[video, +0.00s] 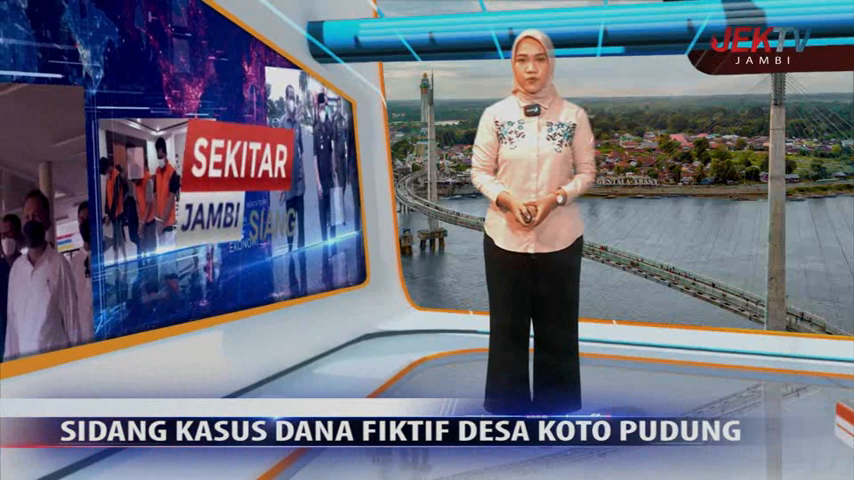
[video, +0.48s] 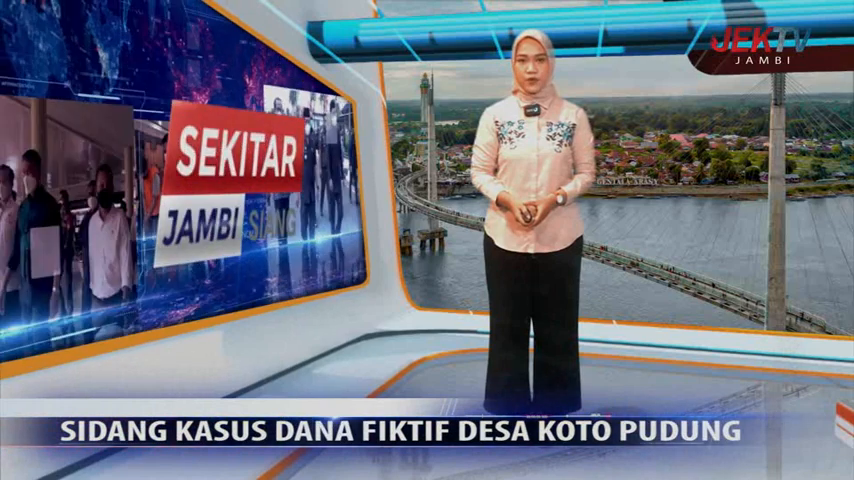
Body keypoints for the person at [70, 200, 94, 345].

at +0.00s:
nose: (85, 224)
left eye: (90, 218)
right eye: (82, 219)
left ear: (100, 220)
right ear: (78, 222)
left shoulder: (114, 253)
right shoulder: (75, 261)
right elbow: (73, 301)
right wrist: (74, 336)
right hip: (85, 336)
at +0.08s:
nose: (96, 213)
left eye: (100, 208)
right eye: (93, 209)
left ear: (110, 210)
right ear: (89, 212)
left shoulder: (129, 247)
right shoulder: (88, 247)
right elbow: (85, 287)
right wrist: (87, 328)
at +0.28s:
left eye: (84, 184)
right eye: (76, 185)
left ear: (92, 191)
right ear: (74, 197)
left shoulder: (102, 216)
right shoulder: (72, 219)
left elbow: (109, 255)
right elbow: (70, 254)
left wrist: (110, 291)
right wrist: (70, 289)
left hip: (98, 299)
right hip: (76, 298)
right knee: (76, 351)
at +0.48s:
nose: (103, 188)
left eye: (106, 183)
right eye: (100, 184)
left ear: (112, 188)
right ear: (94, 189)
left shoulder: (120, 217)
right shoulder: (90, 219)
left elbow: (125, 250)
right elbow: (87, 251)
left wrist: (126, 282)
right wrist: (88, 282)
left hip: (116, 286)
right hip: (95, 287)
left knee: (118, 330)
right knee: (97, 331)